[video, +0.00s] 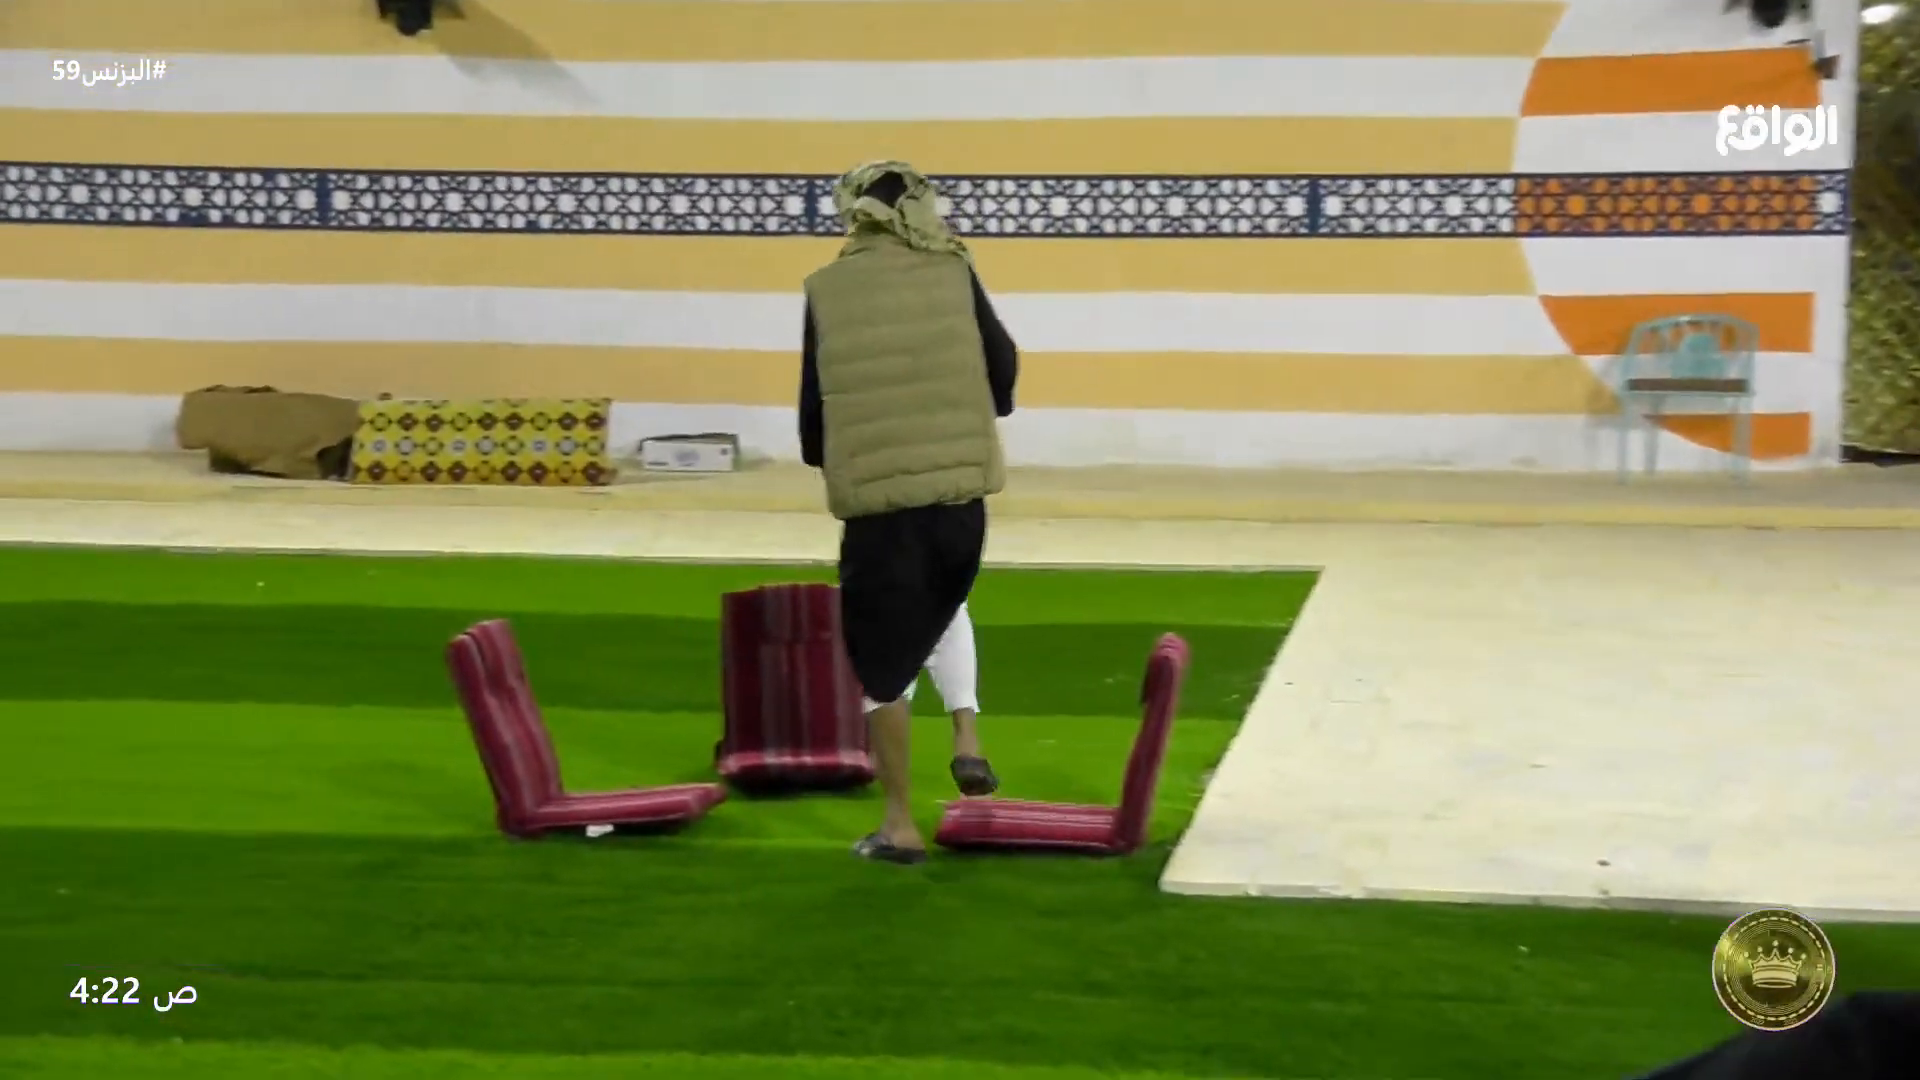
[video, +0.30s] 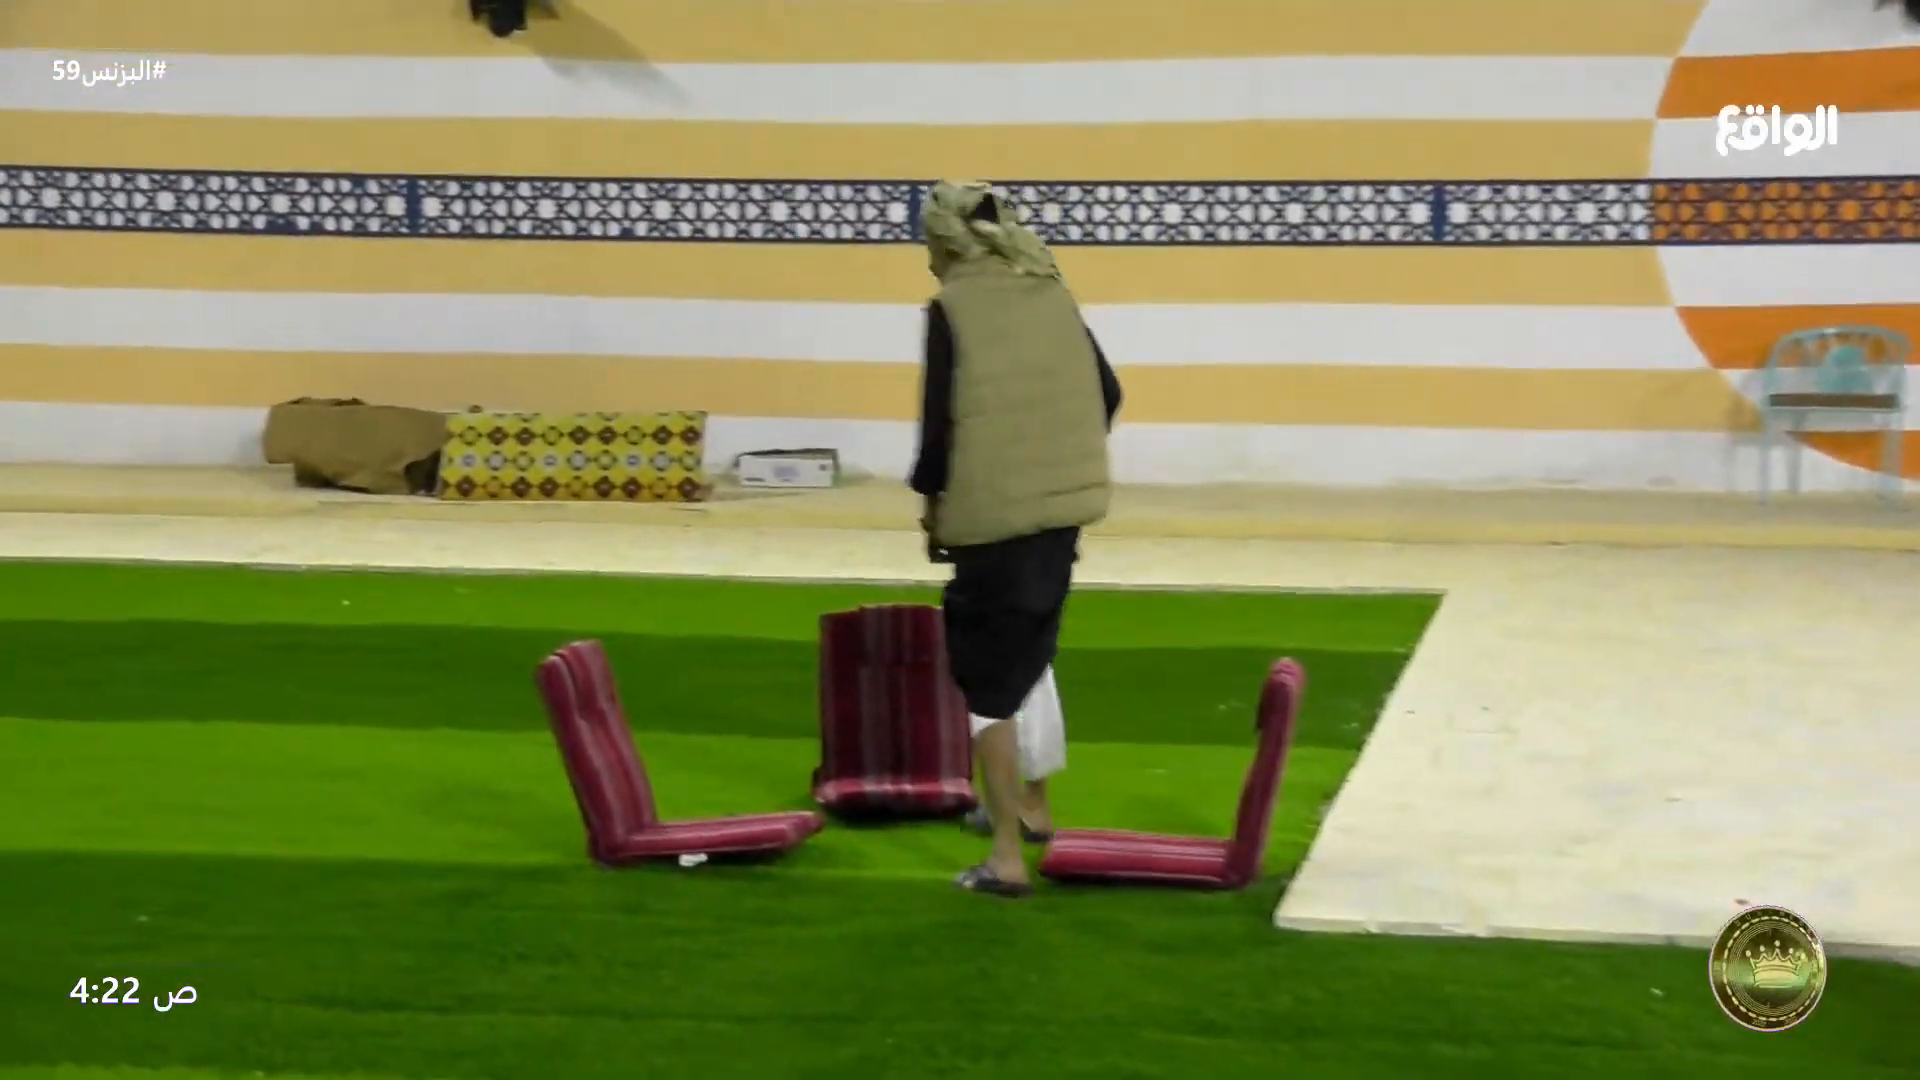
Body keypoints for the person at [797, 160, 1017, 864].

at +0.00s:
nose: (843, 224)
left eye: (846, 213)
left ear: (854, 219)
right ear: (920, 209)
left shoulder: (828, 287)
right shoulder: (954, 270)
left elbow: (815, 410)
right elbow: (1001, 358)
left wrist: (831, 458)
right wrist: (980, 411)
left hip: (877, 511)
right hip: (960, 505)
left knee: (885, 671)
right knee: (947, 602)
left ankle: (899, 826)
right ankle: (968, 742)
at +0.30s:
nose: (928, 254)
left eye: (929, 244)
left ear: (942, 243)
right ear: (1002, 229)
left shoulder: (951, 308)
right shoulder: (1051, 295)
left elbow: (940, 416)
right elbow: (1105, 388)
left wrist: (930, 496)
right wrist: (1069, 451)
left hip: (991, 519)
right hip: (1063, 512)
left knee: (992, 695)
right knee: (1026, 662)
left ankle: (1008, 859)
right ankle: (1034, 806)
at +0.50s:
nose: (997, 264)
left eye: (1005, 248)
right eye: (994, 249)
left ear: (1045, 245)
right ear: (1052, 248)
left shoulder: (1073, 307)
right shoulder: (1094, 298)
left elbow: (1071, 415)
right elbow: (1149, 395)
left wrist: (1060, 491)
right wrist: (1087, 483)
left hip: (1109, 523)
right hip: (1140, 517)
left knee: (1031, 665)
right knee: (1075, 675)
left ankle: (1105, 825)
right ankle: (1104, 831)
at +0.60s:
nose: (1055, 253)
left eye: (1066, 238)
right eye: (1054, 239)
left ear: (1110, 237)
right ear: (1093, 241)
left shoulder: (1145, 302)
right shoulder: (1101, 306)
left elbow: (1145, 422)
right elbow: (1116, 421)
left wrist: (1115, 517)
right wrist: (1112, 513)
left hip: (1166, 521)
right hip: (1155, 523)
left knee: (1066, 659)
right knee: (1144, 688)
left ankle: (1206, 781)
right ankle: (1140, 866)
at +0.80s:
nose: (1139, 242)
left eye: (1152, 229)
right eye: (1138, 229)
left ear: (1197, 235)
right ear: (1157, 237)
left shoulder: (1235, 314)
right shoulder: (1163, 310)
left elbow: (1222, 435)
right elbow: (1166, 424)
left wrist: (1173, 538)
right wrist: (1156, 495)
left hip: (1231, 548)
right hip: (1179, 543)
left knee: (1208, 713)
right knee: (1170, 711)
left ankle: (1313, 814)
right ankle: (1188, 889)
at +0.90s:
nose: (1164, 236)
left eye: (1178, 223)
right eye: (1163, 223)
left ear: (1225, 232)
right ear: (1177, 233)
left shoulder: (1265, 314)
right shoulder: (1177, 308)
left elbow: (1249, 437)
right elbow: (1176, 415)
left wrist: (1198, 542)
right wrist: (1159, 485)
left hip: (1253, 553)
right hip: (1183, 545)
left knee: (1261, 723)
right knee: (1174, 709)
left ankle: (1328, 863)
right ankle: (1191, 893)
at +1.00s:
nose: (1207, 227)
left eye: (1222, 215)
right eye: (1207, 213)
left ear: (1267, 226)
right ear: (1220, 224)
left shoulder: (1310, 311)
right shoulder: (1199, 303)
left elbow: (1299, 442)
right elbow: (1202, 415)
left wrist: (1247, 541)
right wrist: (1168, 474)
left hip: (1290, 556)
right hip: (1204, 547)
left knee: (1309, 720)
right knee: (1184, 711)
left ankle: (1345, 881)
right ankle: (1196, 899)